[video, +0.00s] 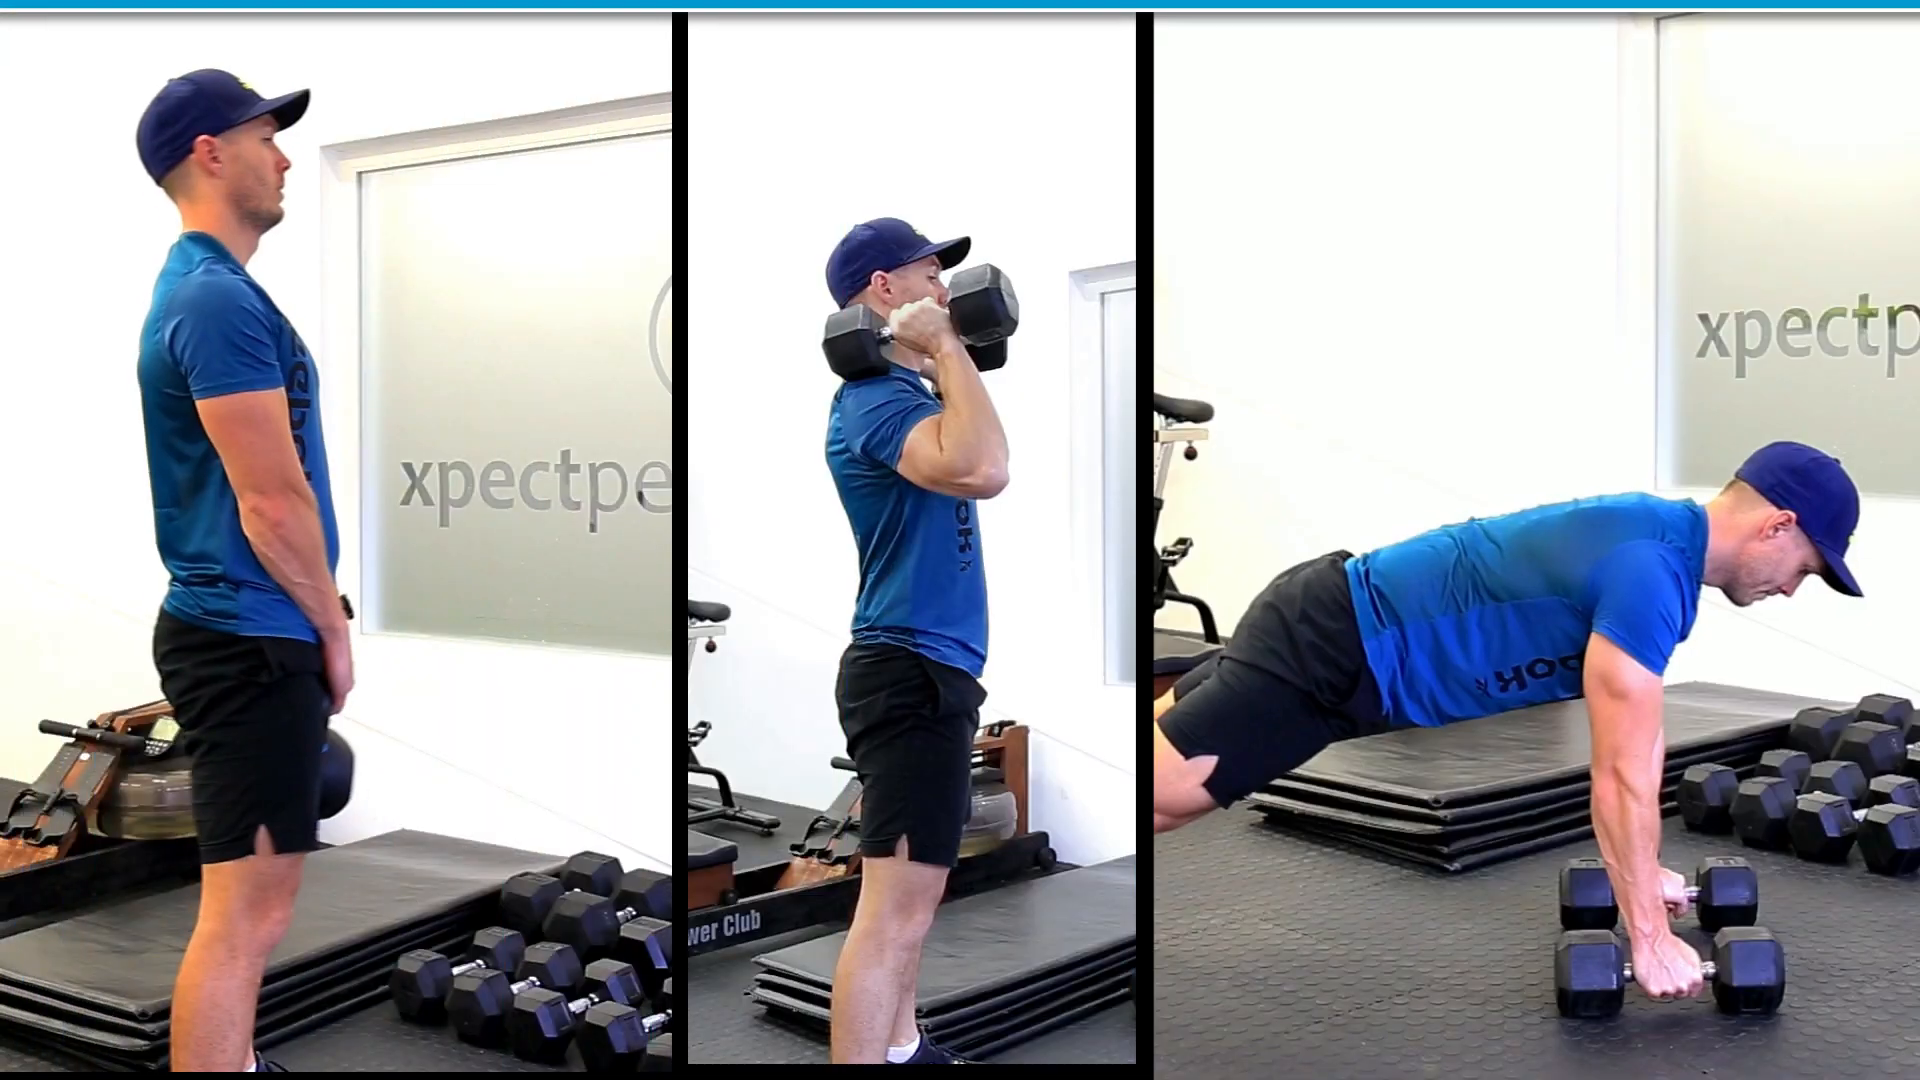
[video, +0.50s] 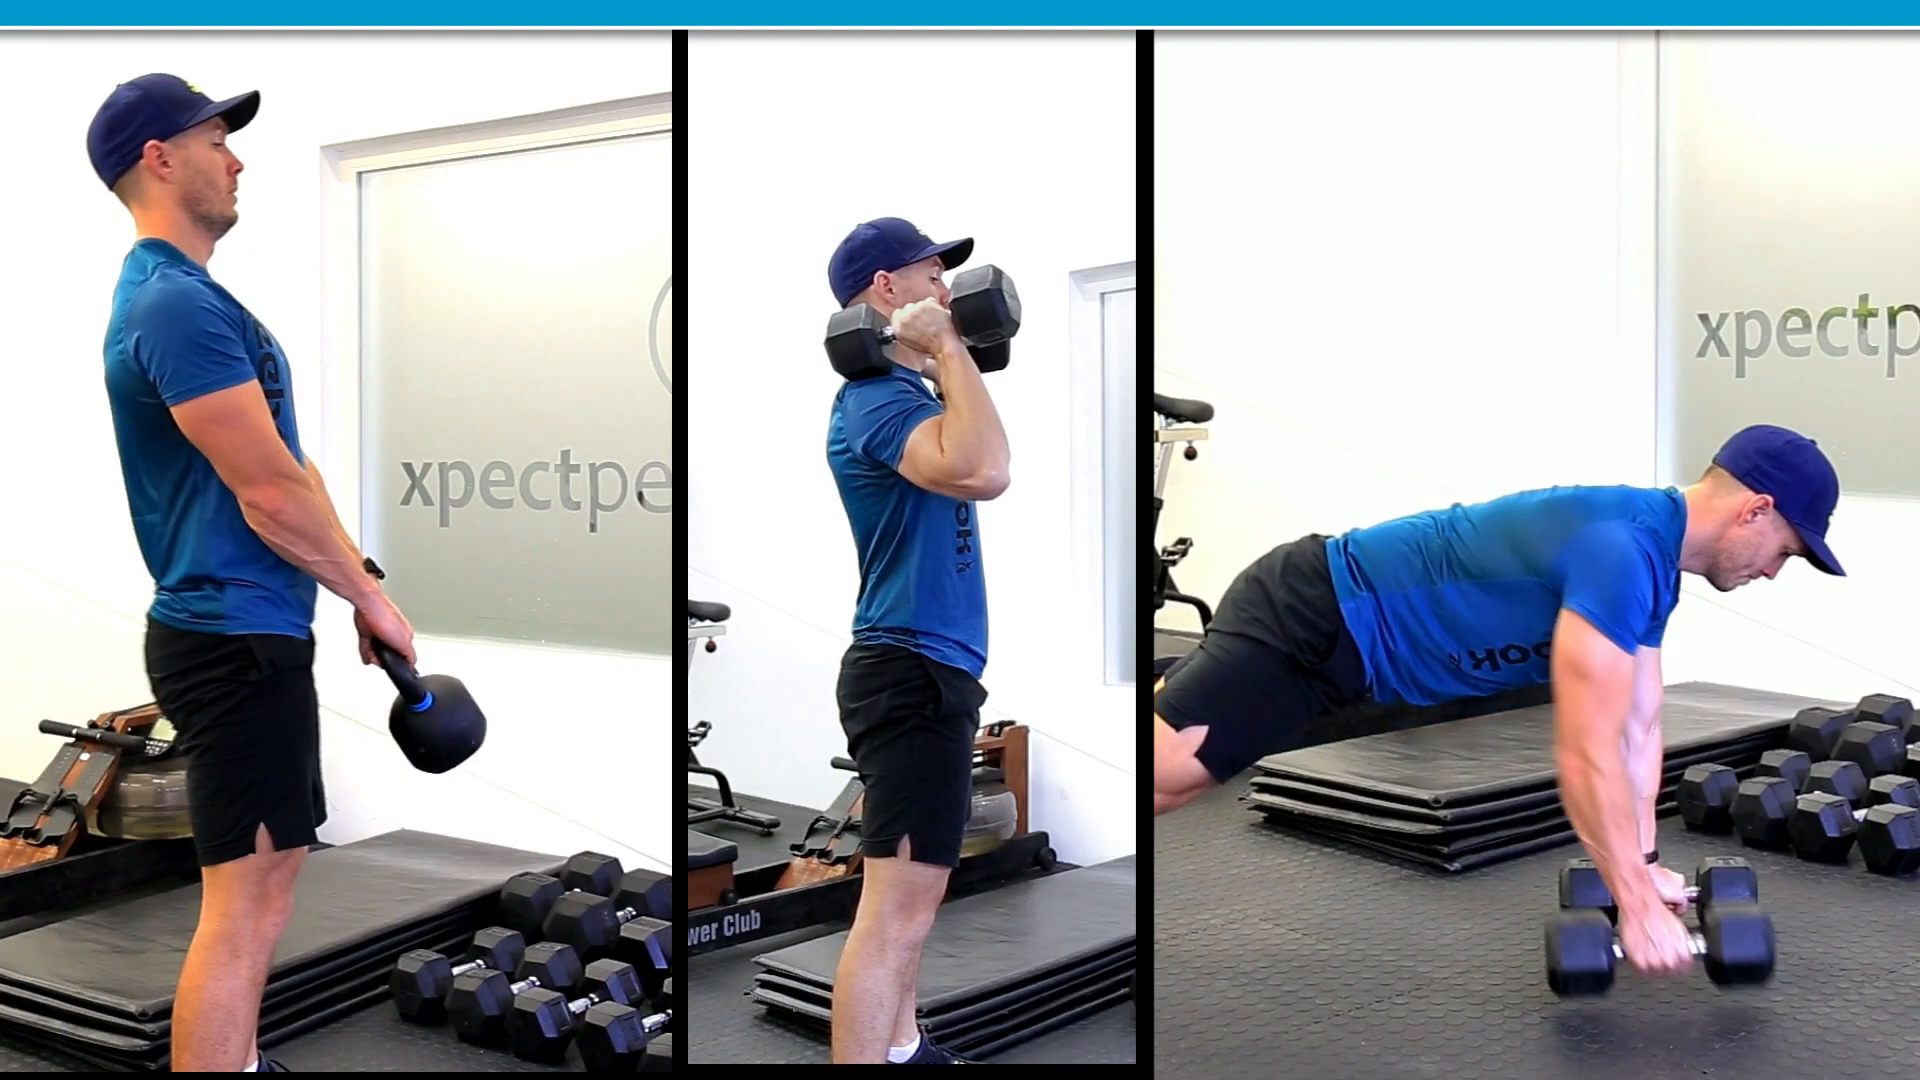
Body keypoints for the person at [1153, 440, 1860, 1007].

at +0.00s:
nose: (1795, 589)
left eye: (1808, 577)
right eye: (1806, 569)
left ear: (1766, 523)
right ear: (1775, 526)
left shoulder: (1663, 562)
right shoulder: (1651, 565)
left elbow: (1630, 753)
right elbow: (1618, 772)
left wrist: (1640, 872)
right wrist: (1646, 932)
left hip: (1351, 647)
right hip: (1336, 634)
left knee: (1167, 769)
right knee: (1156, 789)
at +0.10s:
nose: (1789, 584)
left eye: (1802, 572)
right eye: (1801, 563)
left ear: (1757, 516)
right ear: (1767, 520)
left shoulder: (1657, 561)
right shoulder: (1641, 564)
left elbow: (1629, 745)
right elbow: (1612, 773)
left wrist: (1638, 870)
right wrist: (1646, 930)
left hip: (1345, 644)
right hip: (1328, 632)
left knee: (1161, 768)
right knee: (1152, 785)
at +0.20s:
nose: (1785, 580)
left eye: (1798, 568)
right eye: (1797, 559)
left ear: (1753, 511)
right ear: (1763, 517)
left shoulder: (1653, 561)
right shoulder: (1634, 563)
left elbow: (1633, 740)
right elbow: (1608, 775)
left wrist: (1638, 869)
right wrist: (1646, 931)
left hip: (1344, 645)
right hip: (1325, 627)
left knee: (1155, 765)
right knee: (1145, 784)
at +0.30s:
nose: (1781, 576)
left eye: (1794, 564)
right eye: (1792, 556)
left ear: (1749, 508)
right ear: (1758, 514)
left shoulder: (1651, 562)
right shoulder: (1628, 558)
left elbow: (1636, 739)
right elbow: (1606, 768)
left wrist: (1640, 870)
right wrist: (1645, 923)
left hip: (1343, 645)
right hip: (1322, 624)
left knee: (1155, 774)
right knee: (1143, 782)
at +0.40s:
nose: (1778, 573)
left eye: (1792, 561)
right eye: (1790, 552)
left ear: (1745, 504)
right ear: (1754, 509)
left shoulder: (1649, 561)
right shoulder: (1623, 553)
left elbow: (1640, 734)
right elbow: (1601, 763)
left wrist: (1642, 867)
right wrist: (1641, 915)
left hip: (1341, 641)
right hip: (1318, 618)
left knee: (1157, 769)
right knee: (1147, 778)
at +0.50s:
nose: (1776, 573)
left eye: (1790, 561)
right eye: (1788, 552)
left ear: (1746, 510)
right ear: (1752, 510)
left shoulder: (1651, 560)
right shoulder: (1622, 546)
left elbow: (1638, 727)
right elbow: (1585, 750)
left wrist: (1641, 861)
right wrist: (1632, 900)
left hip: (1342, 641)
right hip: (1315, 615)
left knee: (1154, 764)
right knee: (1147, 777)